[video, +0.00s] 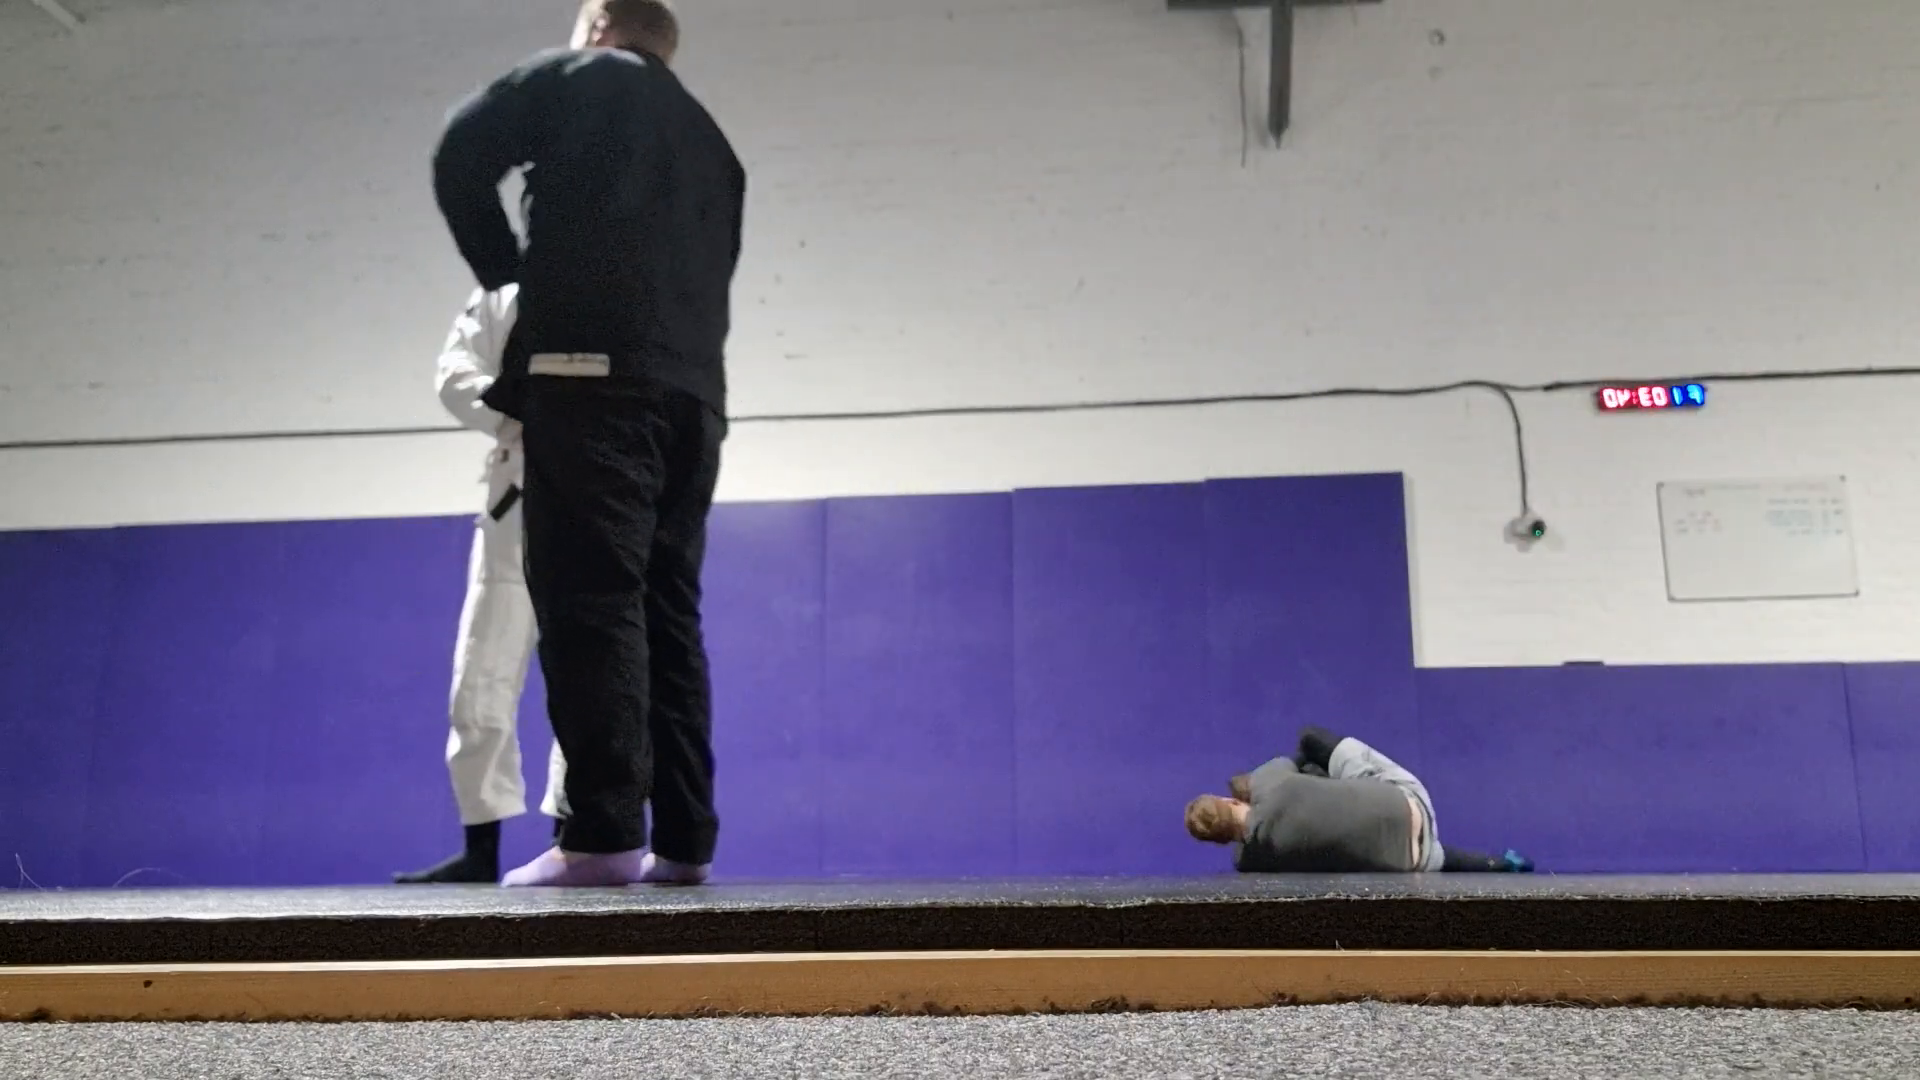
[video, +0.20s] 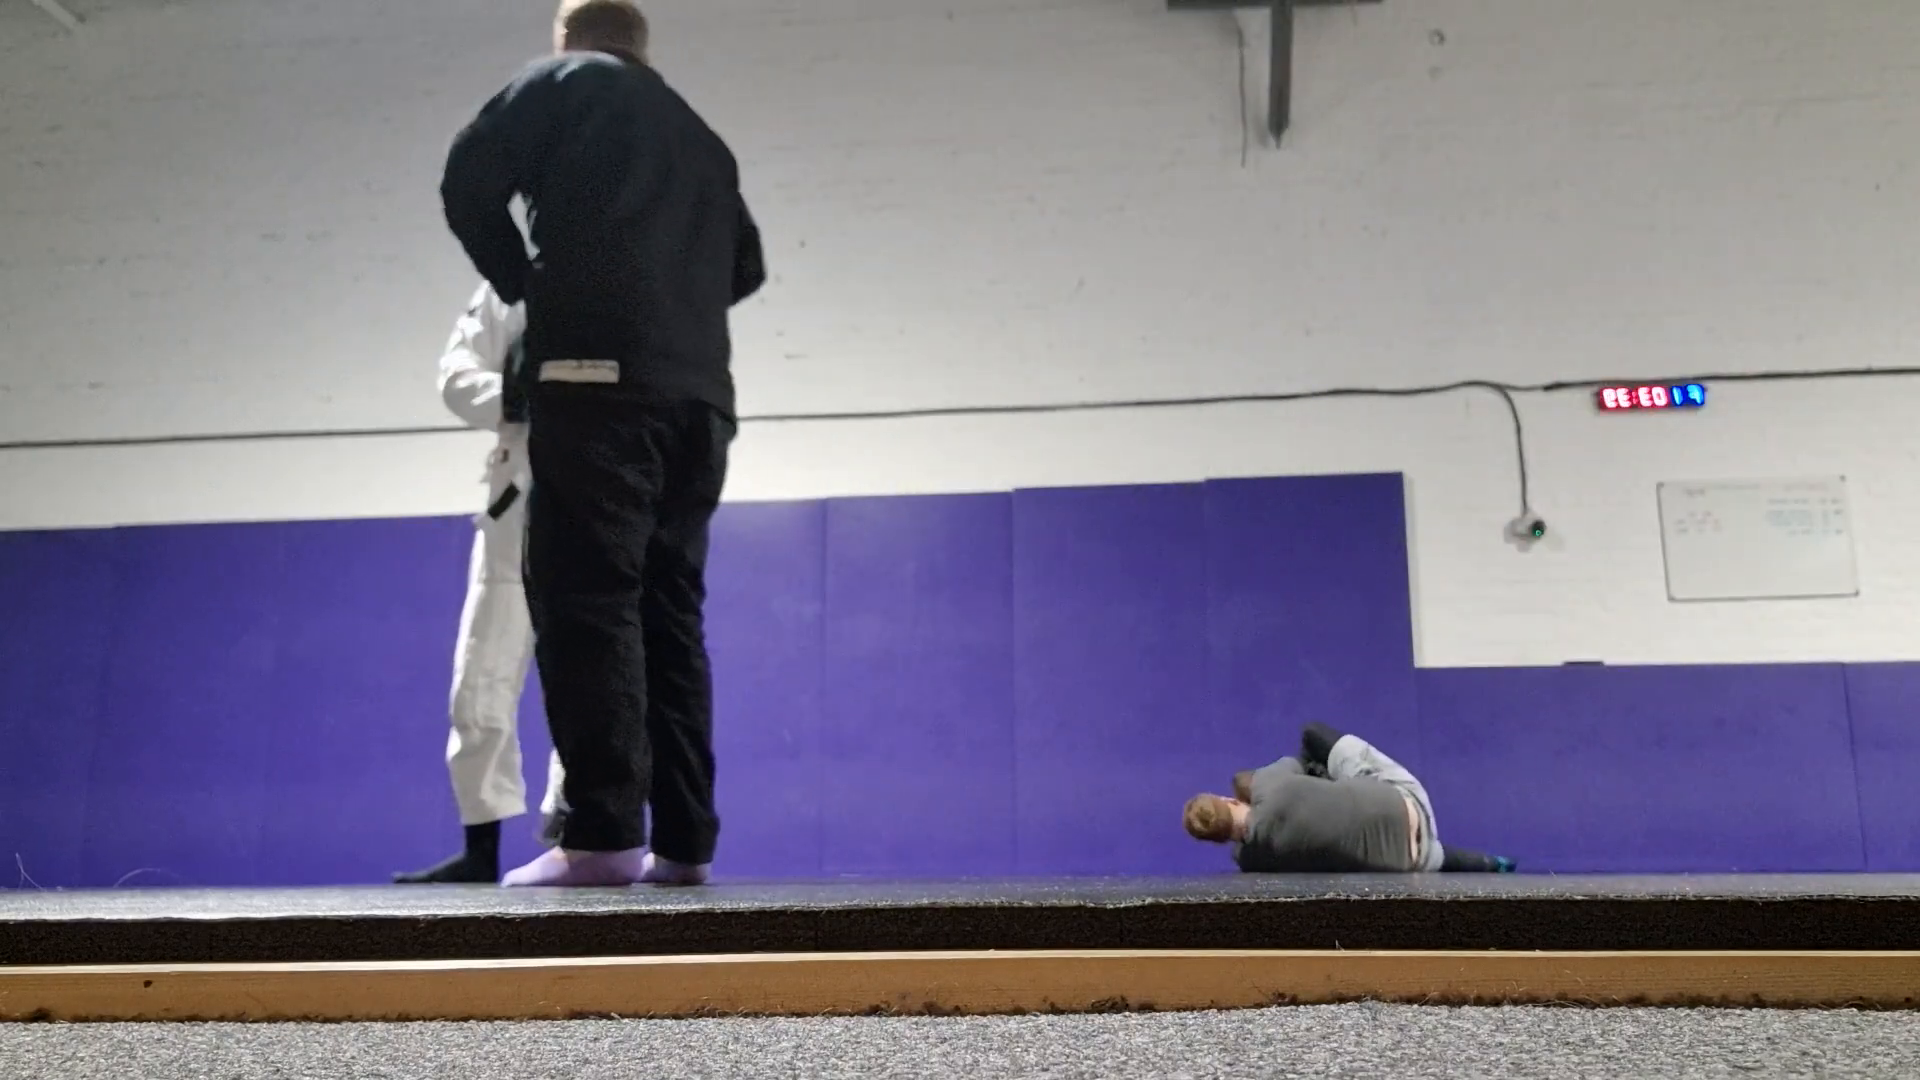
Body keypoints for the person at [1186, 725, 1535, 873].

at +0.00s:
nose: (1227, 796)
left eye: (1216, 828)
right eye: (1223, 797)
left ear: (1220, 840)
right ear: (1230, 796)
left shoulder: (1254, 862)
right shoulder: (1268, 779)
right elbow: (1294, 763)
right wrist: (1250, 786)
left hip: (1415, 860)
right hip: (1414, 805)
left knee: (1436, 857)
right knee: (1315, 739)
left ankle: (1503, 865)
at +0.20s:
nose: (1225, 796)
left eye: (1216, 826)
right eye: (1223, 796)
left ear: (1218, 839)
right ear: (1227, 796)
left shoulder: (1253, 861)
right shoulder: (1266, 780)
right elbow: (1307, 765)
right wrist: (1252, 785)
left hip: (1410, 861)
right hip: (1411, 806)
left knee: (1431, 854)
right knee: (1315, 733)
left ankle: (1496, 865)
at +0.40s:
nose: (1227, 788)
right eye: (1224, 791)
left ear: (1217, 839)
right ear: (1231, 793)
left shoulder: (1252, 863)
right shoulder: (1273, 782)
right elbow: (1307, 764)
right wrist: (1257, 782)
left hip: (1412, 861)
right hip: (1408, 807)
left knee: (1438, 853)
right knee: (1332, 740)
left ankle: (1498, 865)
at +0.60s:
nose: (1230, 789)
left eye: (1217, 824)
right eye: (1225, 791)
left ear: (1221, 839)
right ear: (1234, 793)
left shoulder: (1254, 861)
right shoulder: (1275, 781)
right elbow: (1303, 769)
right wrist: (1256, 782)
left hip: (1414, 859)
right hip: (1411, 806)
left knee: (1449, 856)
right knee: (1344, 738)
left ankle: (1510, 865)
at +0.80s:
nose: (1232, 799)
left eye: (1220, 822)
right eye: (1230, 796)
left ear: (1226, 836)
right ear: (1239, 791)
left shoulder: (1259, 857)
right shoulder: (1279, 776)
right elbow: (1312, 771)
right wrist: (1274, 777)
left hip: (1421, 861)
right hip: (1423, 807)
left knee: (1447, 855)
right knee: (1323, 737)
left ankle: (1523, 865)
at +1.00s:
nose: (1226, 795)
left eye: (1215, 813)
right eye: (1225, 792)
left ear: (1224, 835)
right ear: (1236, 790)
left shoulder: (1257, 857)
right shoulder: (1276, 779)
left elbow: (1247, 853)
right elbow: (1302, 762)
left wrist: (1238, 843)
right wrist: (1255, 778)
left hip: (1415, 859)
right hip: (1414, 805)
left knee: (1441, 855)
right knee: (1311, 737)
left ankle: (1518, 863)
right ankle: (1252, 753)